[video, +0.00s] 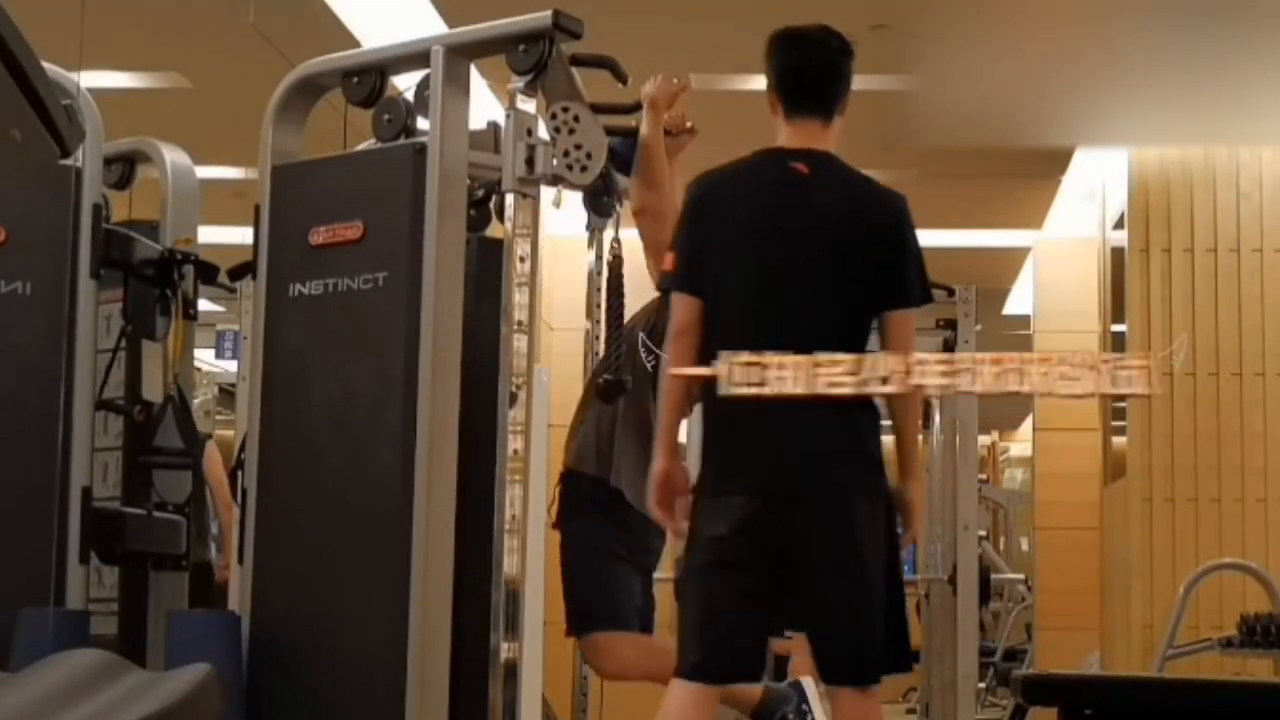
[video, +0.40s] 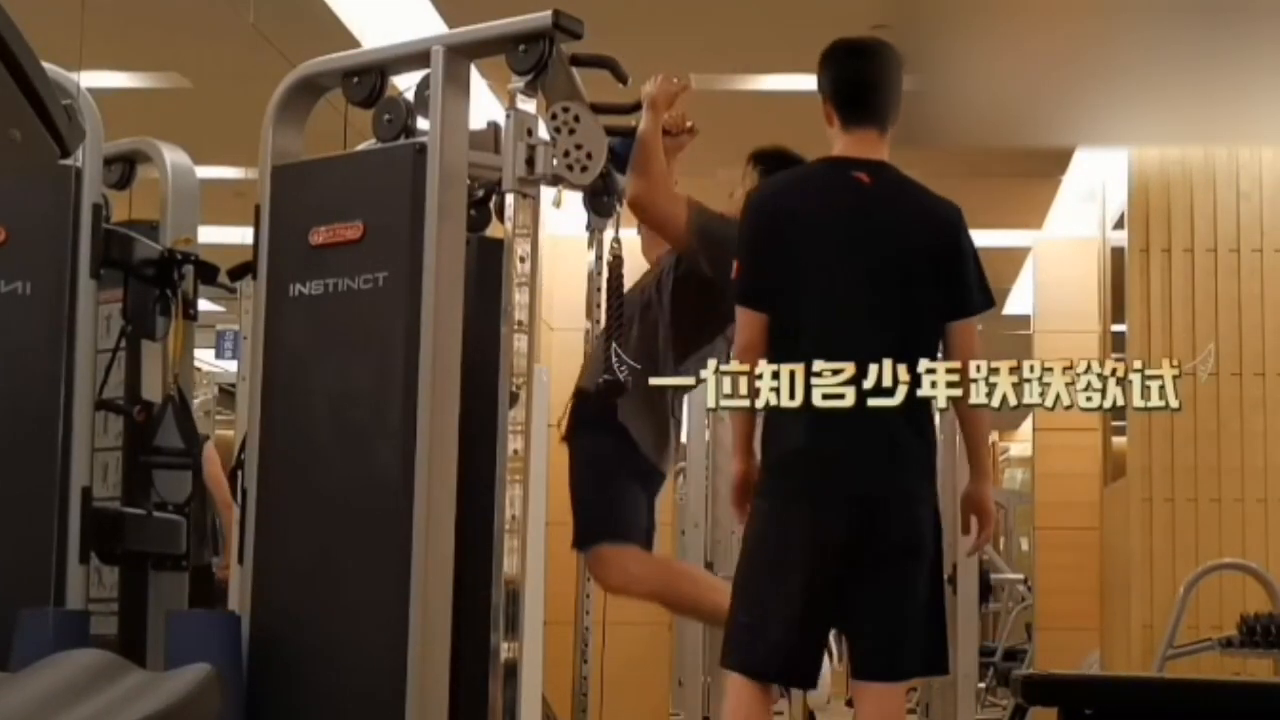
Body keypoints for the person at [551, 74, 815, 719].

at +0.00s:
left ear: (700, 240)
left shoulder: (692, 294)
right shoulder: (690, 293)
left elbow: (653, 208)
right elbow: (656, 214)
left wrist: (650, 118)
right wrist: (666, 135)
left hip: (612, 464)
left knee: (609, 649)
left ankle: (763, 692)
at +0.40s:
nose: (735, 190)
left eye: (744, 185)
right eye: (741, 184)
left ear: (762, 194)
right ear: (786, 205)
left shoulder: (739, 246)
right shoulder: (738, 248)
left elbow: (647, 198)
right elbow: (659, 227)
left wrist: (651, 121)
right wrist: (664, 146)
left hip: (620, 402)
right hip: (621, 402)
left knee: (616, 563)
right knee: (621, 563)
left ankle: (768, 624)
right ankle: (768, 627)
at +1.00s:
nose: (709, 136)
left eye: (718, 126)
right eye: (713, 127)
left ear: (742, 136)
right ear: (760, 145)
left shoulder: (727, 191)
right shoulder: (737, 196)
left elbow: (636, 185)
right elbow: (647, 191)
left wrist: (645, 115)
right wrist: (663, 136)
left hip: (630, 378)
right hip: (644, 380)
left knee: (608, 533)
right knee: (621, 537)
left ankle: (706, 678)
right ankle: (704, 677)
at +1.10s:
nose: (699, 174)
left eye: (709, 161)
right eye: (703, 163)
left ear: (735, 169)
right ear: (747, 176)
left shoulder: (721, 221)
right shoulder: (732, 234)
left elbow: (635, 189)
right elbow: (653, 253)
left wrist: (646, 117)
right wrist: (662, 152)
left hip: (639, 416)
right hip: (661, 417)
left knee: (612, 588)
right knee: (644, 590)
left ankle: (644, 718)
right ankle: (661, 715)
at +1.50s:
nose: (724, 211)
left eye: (735, 201)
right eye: (721, 201)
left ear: (756, 212)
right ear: (715, 206)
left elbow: (683, 231)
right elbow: (638, 243)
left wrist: (659, 144)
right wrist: (655, 167)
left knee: (666, 624)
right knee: (662, 624)